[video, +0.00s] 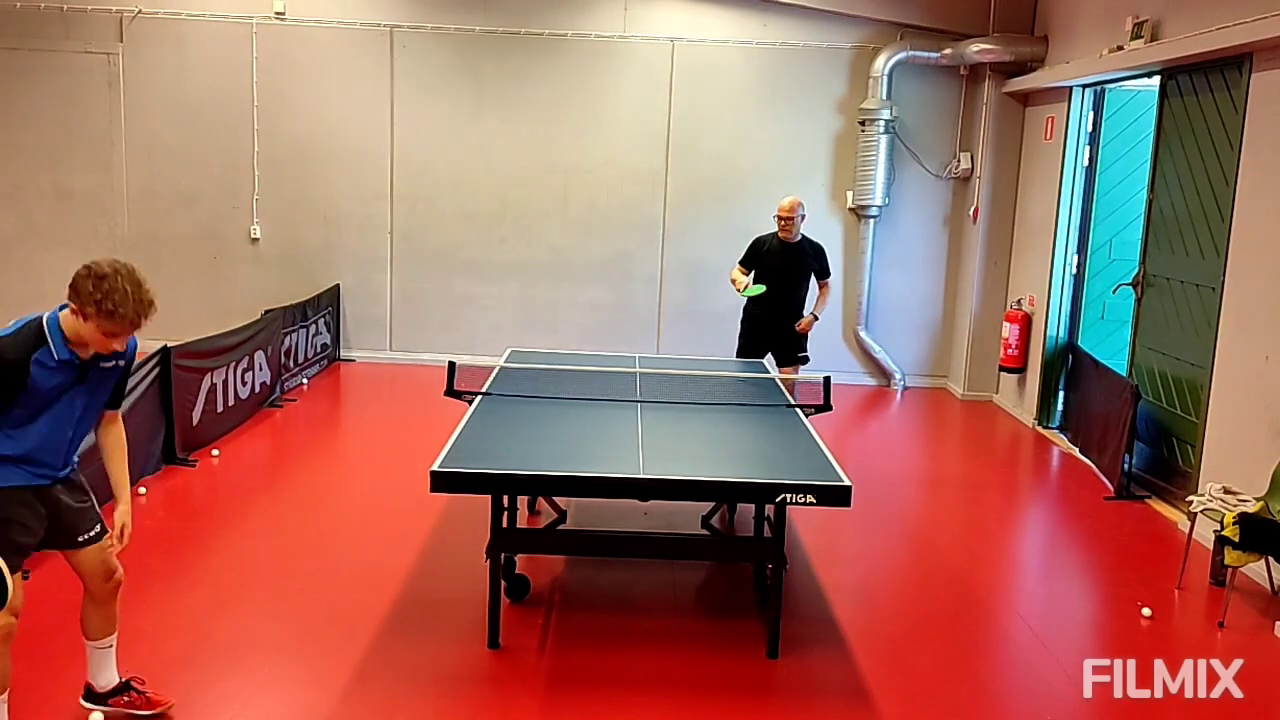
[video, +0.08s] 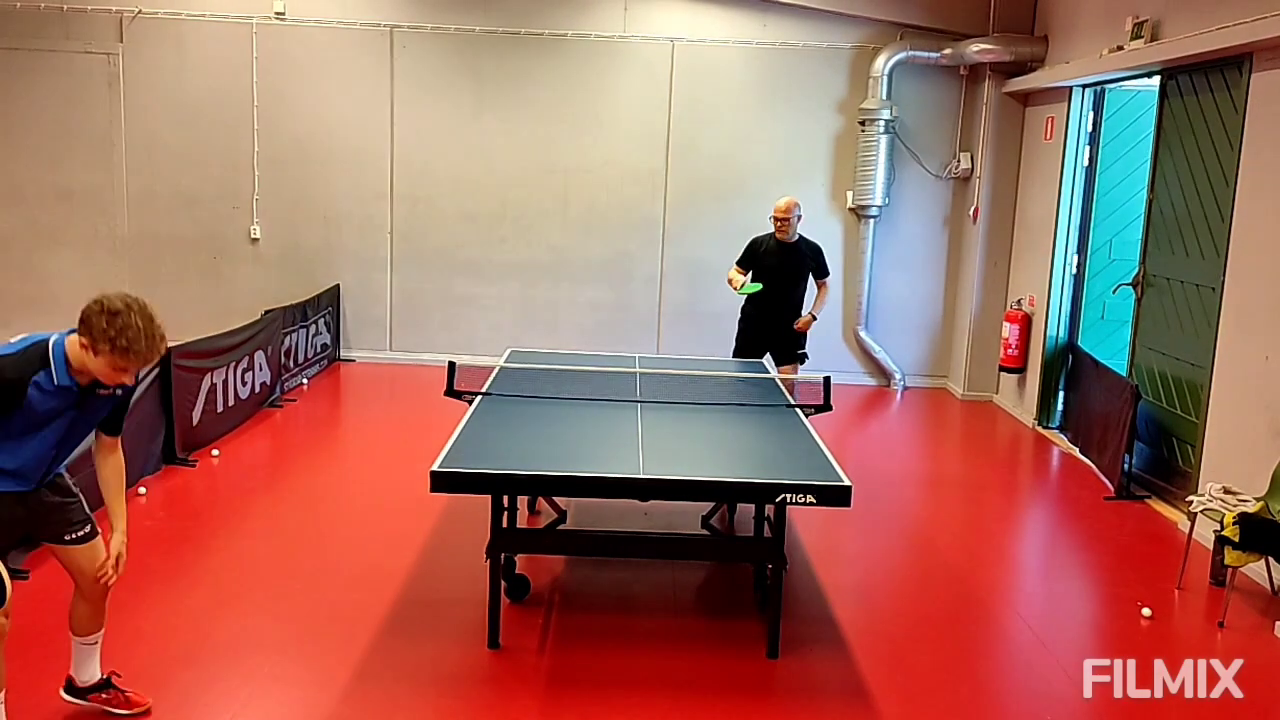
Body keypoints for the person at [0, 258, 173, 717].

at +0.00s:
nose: (119, 346)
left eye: (125, 337)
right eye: (110, 336)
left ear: (132, 323)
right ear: (78, 313)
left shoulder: (121, 351)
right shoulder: (18, 348)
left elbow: (110, 422)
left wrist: (124, 497)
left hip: (60, 481)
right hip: (7, 488)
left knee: (106, 578)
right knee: (6, 617)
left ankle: (103, 687)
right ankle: (3, 711)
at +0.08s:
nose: (126, 381)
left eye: (133, 372)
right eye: (120, 370)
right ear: (88, 345)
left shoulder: (118, 379)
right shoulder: (17, 368)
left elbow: (109, 447)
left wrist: (118, 530)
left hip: (42, 480)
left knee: (94, 572)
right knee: (1, 602)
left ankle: (85, 681)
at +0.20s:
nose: (136, 463)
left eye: (142, 459)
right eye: (133, 455)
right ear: (103, 432)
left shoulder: (112, 445)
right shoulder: (20, 414)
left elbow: (104, 515)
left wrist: (113, 588)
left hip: (23, 489)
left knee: (76, 580)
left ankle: (39, 677)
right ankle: (40, 676)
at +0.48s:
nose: (184, 468)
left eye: (191, 463)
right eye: (185, 459)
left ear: (157, 437)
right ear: (158, 437)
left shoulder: (129, 455)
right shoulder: (64, 413)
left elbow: (100, 528)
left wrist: (110, 603)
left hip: (15, 496)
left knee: (59, 580)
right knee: (56, 581)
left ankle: (26, 686)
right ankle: (26, 685)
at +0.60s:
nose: (205, 385)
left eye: (209, 376)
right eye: (205, 374)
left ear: (176, 362)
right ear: (179, 364)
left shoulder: (135, 398)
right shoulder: (78, 373)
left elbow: (100, 474)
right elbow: (1, 405)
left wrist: (111, 549)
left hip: (32, 483)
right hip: (2, 482)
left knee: (53, 580)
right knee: (4, 614)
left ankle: (24, 689)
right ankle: (8, 699)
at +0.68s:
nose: (207, 345)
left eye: (209, 336)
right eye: (205, 334)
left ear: (174, 329)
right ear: (178, 329)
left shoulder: (140, 367)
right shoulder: (86, 356)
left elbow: (101, 446)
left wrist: (115, 520)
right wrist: (3, 497)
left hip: (45, 482)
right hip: (9, 484)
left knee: (56, 579)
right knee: (17, 609)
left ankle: (26, 690)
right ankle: (3, 709)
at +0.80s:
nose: (194, 291)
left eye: (195, 282)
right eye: (192, 282)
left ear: (159, 281)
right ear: (168, 283)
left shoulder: (126, 329)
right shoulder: (94, 332)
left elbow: (104, 411)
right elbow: (27, 407)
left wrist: (133, 479)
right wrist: (78, 473)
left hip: (48, 469)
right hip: (23, 473)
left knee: (50, 584)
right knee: (70, 596)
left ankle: (26, 688)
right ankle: (21, 709)